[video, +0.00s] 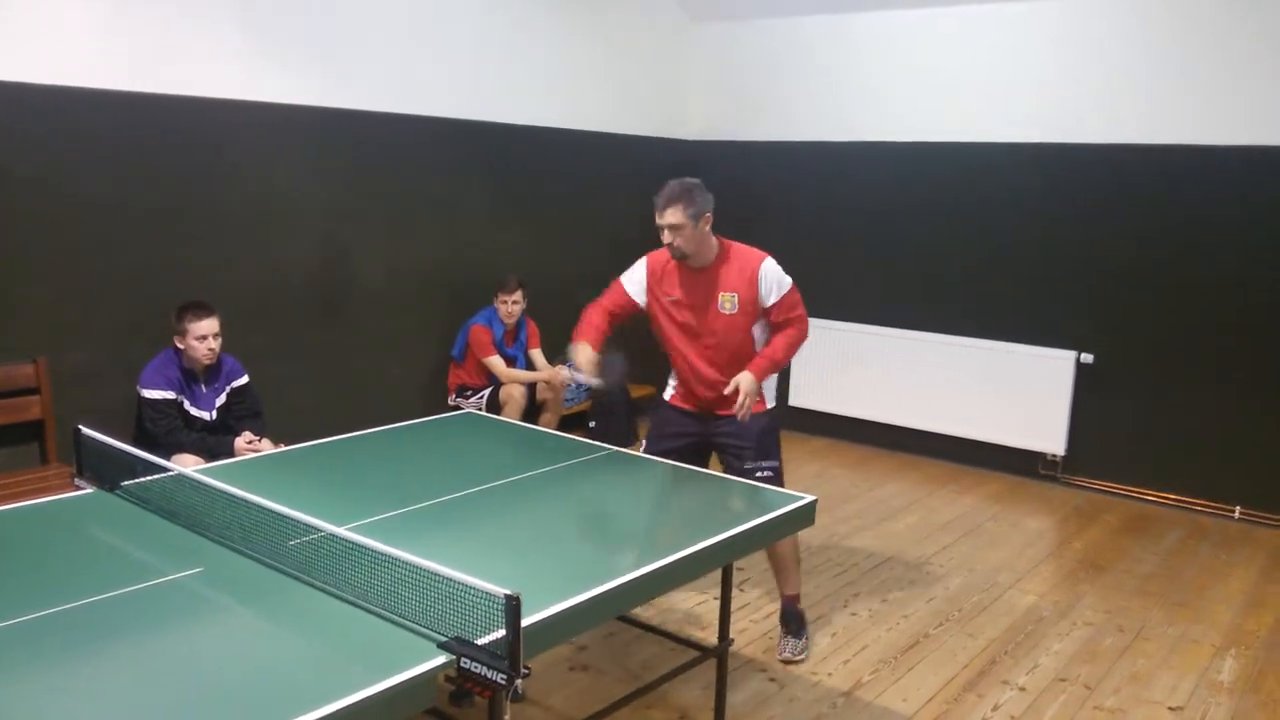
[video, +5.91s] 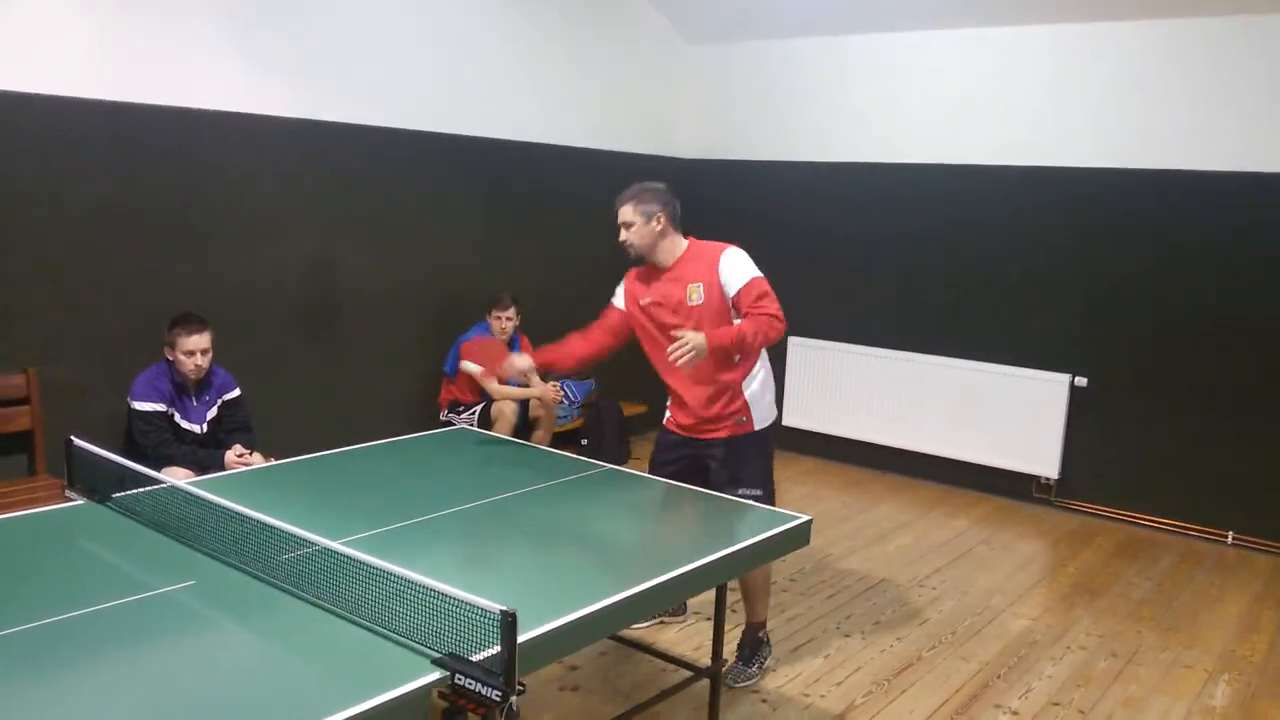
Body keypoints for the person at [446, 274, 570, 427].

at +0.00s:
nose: (509, 309)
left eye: (515, 303)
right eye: (504, 303)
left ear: (524, 304)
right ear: (495, 303)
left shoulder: (528, 327)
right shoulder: (479, 328)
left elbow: (543, 366)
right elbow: (504, 375)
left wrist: (559, 377)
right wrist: (547, 376)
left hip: (503, 387)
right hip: (467, 394)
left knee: (555, 391)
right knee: (516, 392)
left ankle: (540, 450)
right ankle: (503, 449)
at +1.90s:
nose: (517, 314)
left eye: (520, 307)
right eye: (510, 308)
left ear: (525, 307)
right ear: (495, 309)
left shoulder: (525, 331)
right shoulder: (477, 333)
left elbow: (540, 370)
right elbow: (501, 379)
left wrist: (553, 379)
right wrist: (546, 380)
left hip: (499, 393)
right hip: (463, 399)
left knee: (552, 394)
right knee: (514, 396)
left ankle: (540, 454)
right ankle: (502, 454)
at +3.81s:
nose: (507, 321)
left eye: (513, 315)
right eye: (502, 314)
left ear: (522, 316)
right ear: (493, 315)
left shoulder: (526, 338)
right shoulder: (476, 340)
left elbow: (540, 379)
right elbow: (501, 388)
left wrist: (554, 386)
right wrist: (545, 387)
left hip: (499, 401)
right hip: (464, 407)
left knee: (552, 402)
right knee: (513, 404)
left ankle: (540, 464)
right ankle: (500, 462)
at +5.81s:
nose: (502, 327)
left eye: (508, 321)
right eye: (496, 320)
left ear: (517, 322)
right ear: (488, 319)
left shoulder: (520, 343)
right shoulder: (471, 346)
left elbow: (534, 383)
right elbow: (495, 393)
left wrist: (547, 390)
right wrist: (534, 394)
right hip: (458, 411)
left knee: (547, 415)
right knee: (506, 410)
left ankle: (531, 471)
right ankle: (494, 467)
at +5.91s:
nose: (503, 325)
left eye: (509, 319)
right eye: (497, 319)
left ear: (517, 321)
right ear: (489, 319)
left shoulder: (521, 343)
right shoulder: (474, 343)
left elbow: (532, 378)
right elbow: (495, 392)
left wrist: (547, 392)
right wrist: (541, 393)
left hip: (492, 405)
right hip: (458, 411)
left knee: (547, 406)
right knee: (507, 409)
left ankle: (535, 466)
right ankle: (493, 466)